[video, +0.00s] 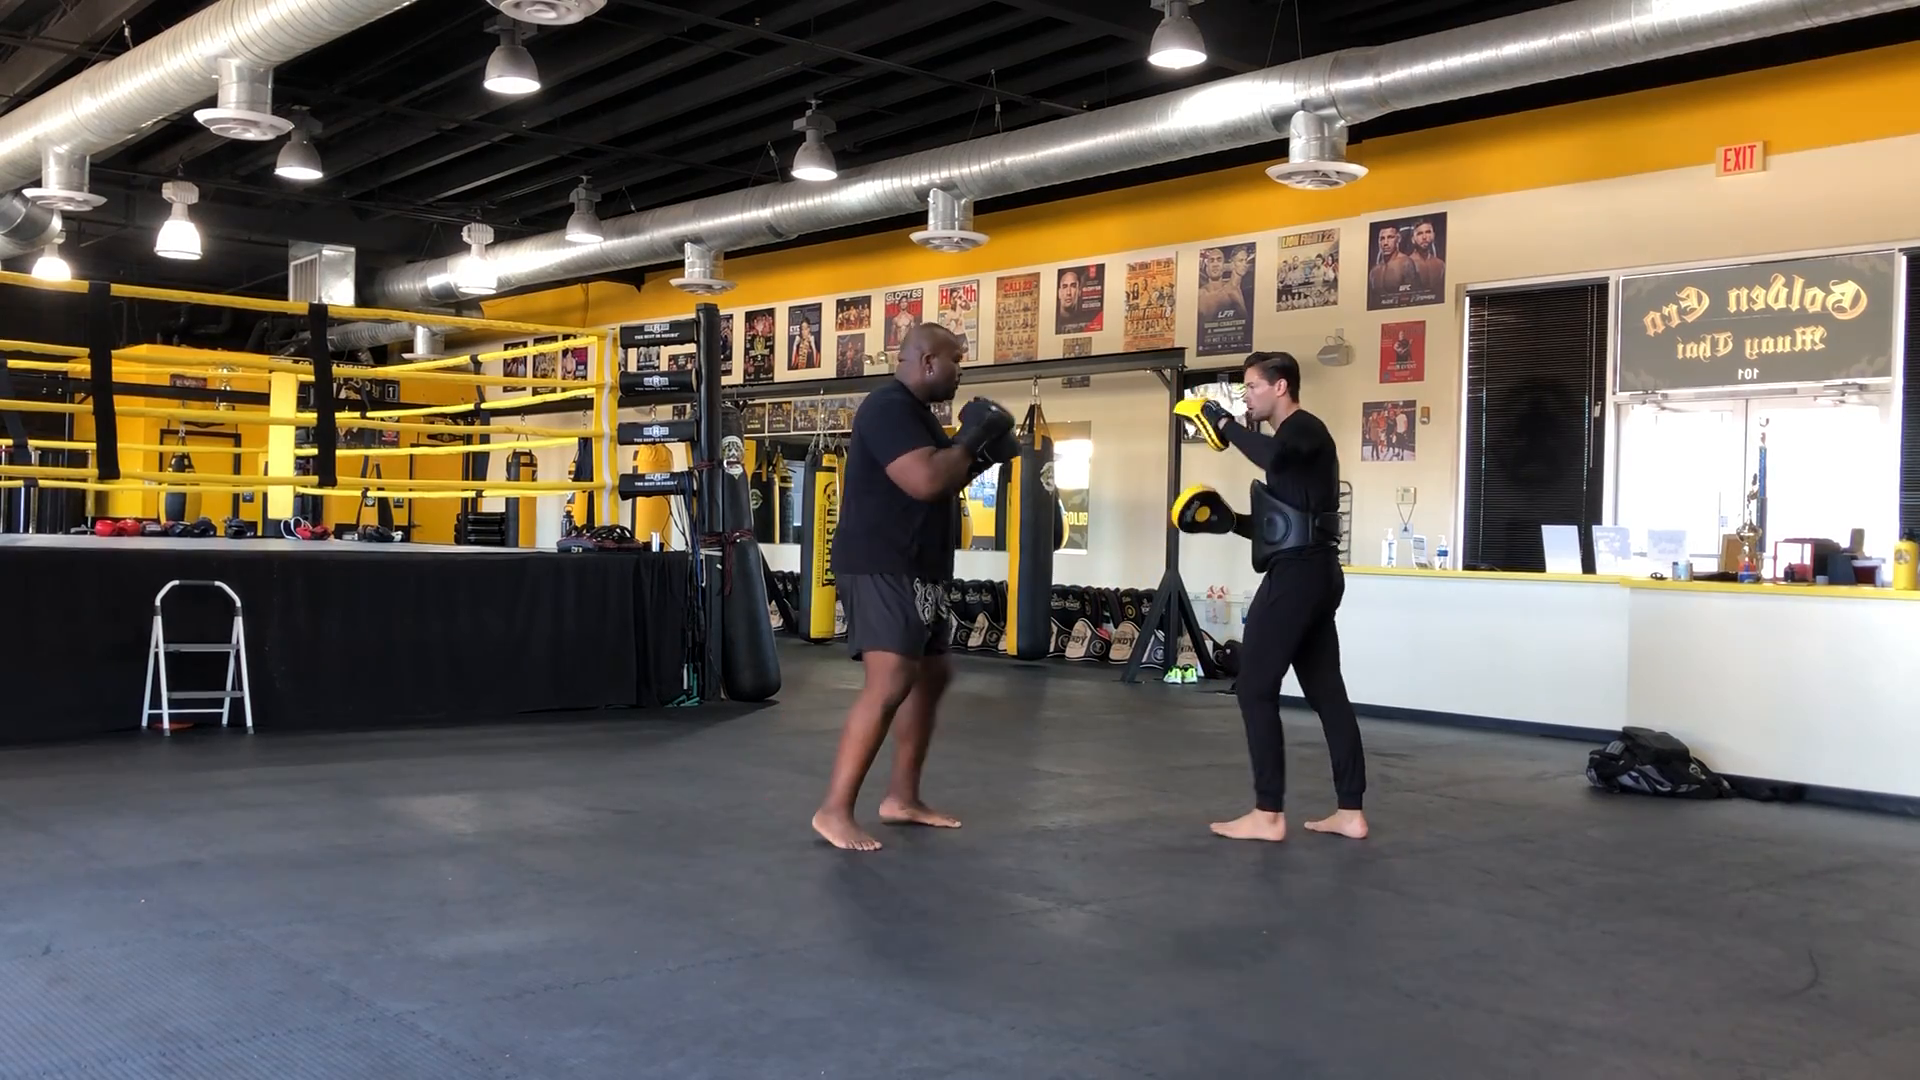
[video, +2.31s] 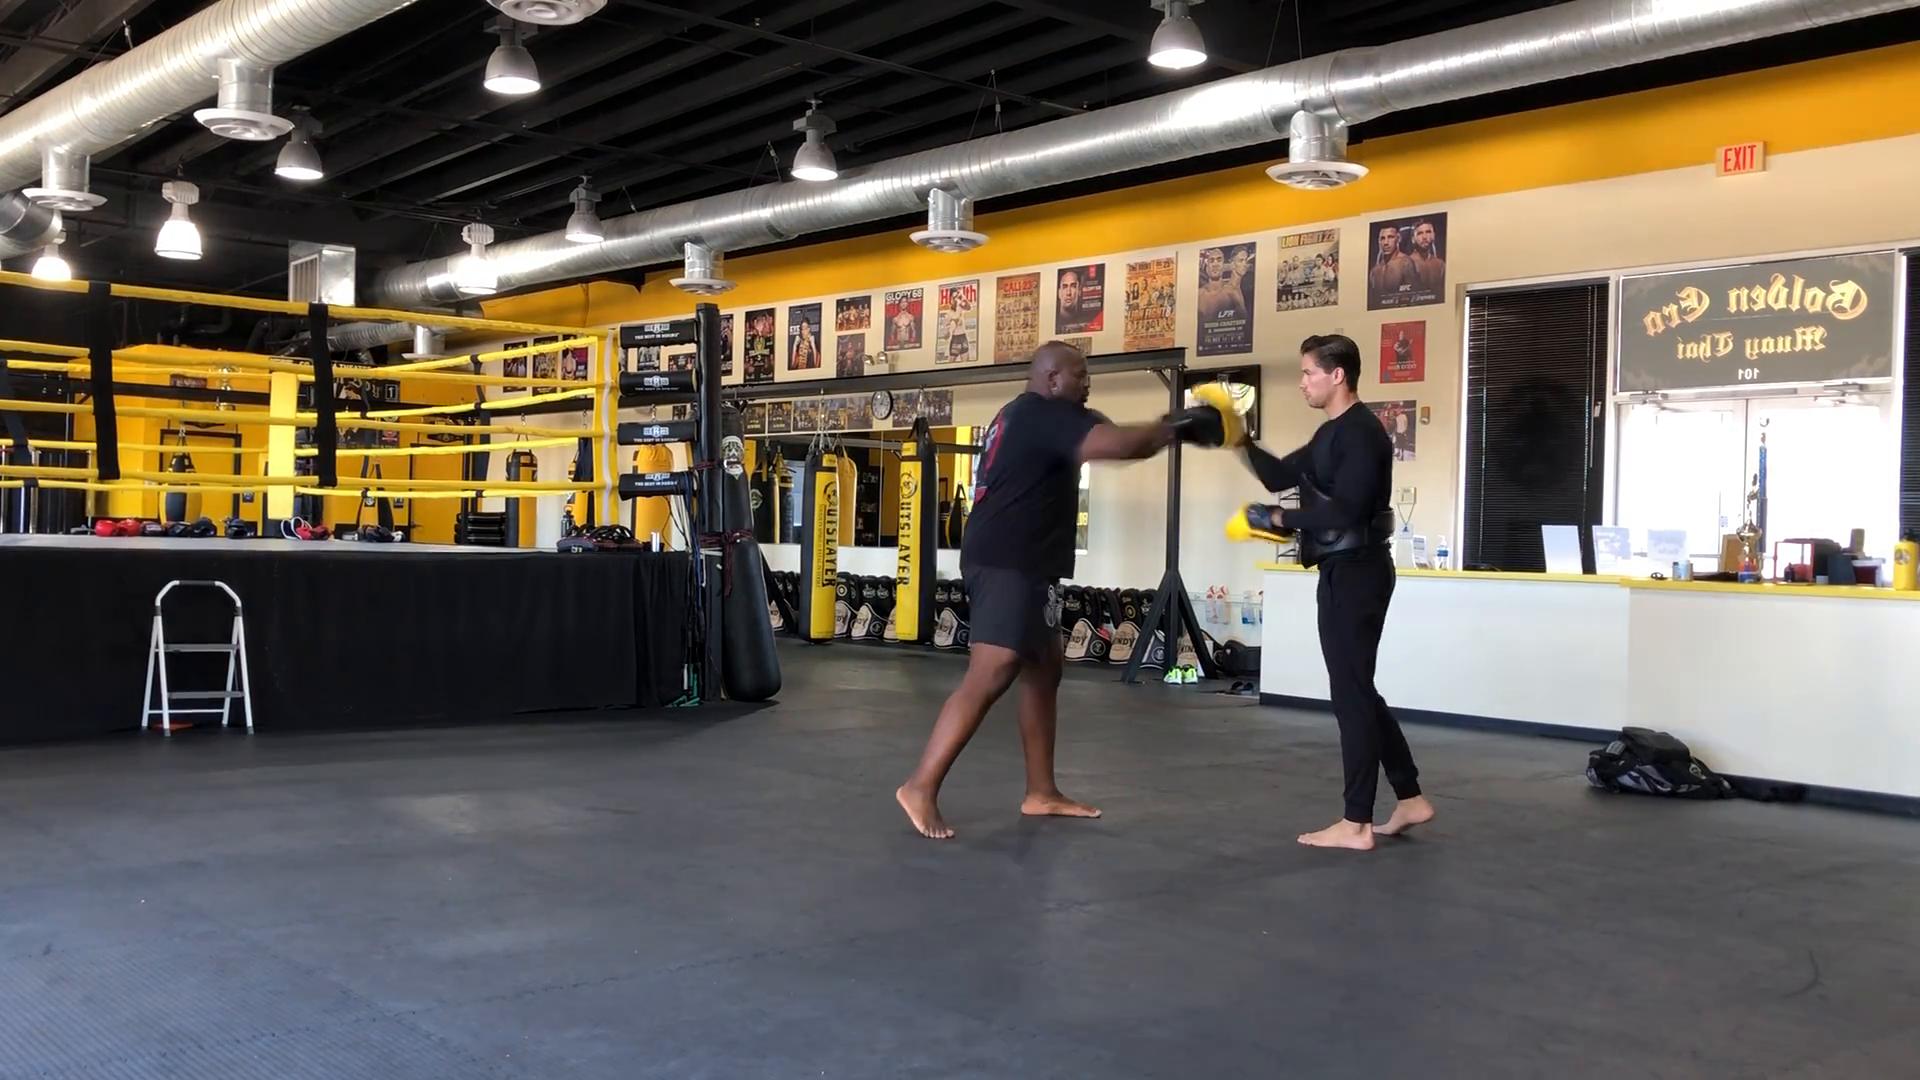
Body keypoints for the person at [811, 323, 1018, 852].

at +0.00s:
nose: (959, 375)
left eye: (960, 366)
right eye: (955, 364)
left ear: (923, 362)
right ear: (923, 360)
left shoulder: (921, 417)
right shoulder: (887, 405)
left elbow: (940, 482)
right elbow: (924, 480)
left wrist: (982, 454)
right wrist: (969, 439)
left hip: (920, 570)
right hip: (880, 568)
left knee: (932, 673)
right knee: (890, 677)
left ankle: (903, 798)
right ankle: (834, 811)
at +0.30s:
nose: (981, 385)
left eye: (982, 376)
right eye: (977, 375)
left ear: (948, 370)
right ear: (948, 370)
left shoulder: (954, 425)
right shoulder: (899, 417)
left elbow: (972, 479)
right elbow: (942, 480)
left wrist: (1013, 445)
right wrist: (985, 434)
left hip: (947, 578)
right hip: (895, 579)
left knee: (978, 674)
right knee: (884, 689)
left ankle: (978, 791)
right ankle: (829, 815)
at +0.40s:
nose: (996, 384)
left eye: (997, 376)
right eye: (991, 375)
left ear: (963, 373)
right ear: (959, 372)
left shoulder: (974, 419)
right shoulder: (909, 416)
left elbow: (1037, 440)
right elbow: (949, 467)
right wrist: (995, 422)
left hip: (959, 572)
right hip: (903, 570)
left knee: (977, 678)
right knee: (894, 678)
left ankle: (977, 796)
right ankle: (840, 811)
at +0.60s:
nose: (1014, 382)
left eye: (1015, 374)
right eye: (1009, 372)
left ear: (986, 371)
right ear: (977, 368)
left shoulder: (997, 430)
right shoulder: (924, 415)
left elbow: (1017, 495)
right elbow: (929, 483)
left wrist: (1057, 485)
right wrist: (991, 450)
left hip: (977, 576)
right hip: (917, 575)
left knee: (984, 677)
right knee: (906, 681)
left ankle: (977, 798)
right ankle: (853, 801)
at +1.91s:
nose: (1038, 384)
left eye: (1039, 374)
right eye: (1032, 373)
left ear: (1003, 375)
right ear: (1000, 374)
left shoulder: (1019, 431)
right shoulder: (951, 423)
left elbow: (1041, 486)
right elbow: (977, 481)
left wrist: (1072, 458)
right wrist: (1027, 439)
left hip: (1020, 580)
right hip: (961, 581)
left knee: (1045, 673)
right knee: (956, 686)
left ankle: (1043, 786)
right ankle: (907, 806)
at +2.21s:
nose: (1077, 384)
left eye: (1077, 376)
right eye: (1071, 375)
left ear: (1043, 378)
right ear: (1041, 377)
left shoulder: (1044, 430)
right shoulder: (1010, 421)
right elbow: (1026, 486)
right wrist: (1080, 452)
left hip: (1034, 575)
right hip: (998, 573)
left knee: (1048, 672)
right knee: (998, 673)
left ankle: (1042, 792)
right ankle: (920, 788)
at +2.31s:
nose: (1087, 385)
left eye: (1086, 376)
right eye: (1080, 377)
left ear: (1044, 377)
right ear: (1052, 378)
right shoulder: (1041, 415)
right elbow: (1124, 444)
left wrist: (1167, 428)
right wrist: (1173, 425)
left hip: (1024, 564)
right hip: (1007, 562)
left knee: (1042, 668)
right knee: (990, 671)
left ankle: (1041, 792)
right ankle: (920, 789)